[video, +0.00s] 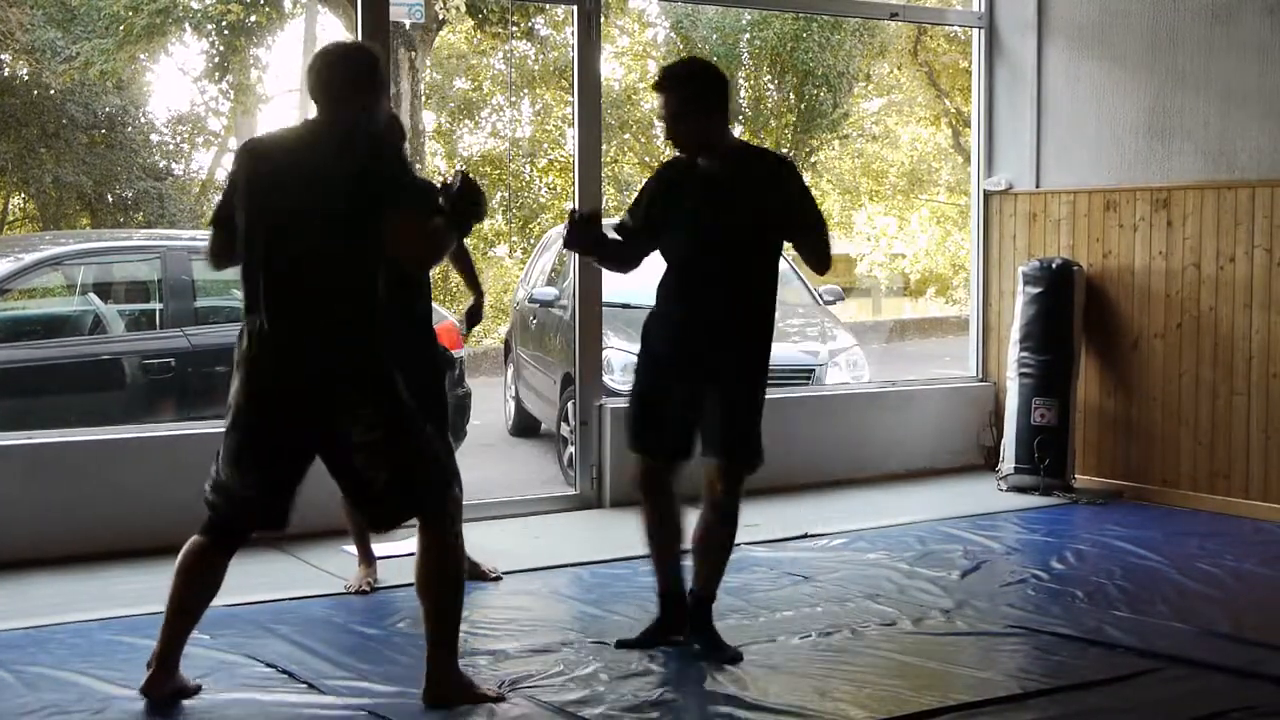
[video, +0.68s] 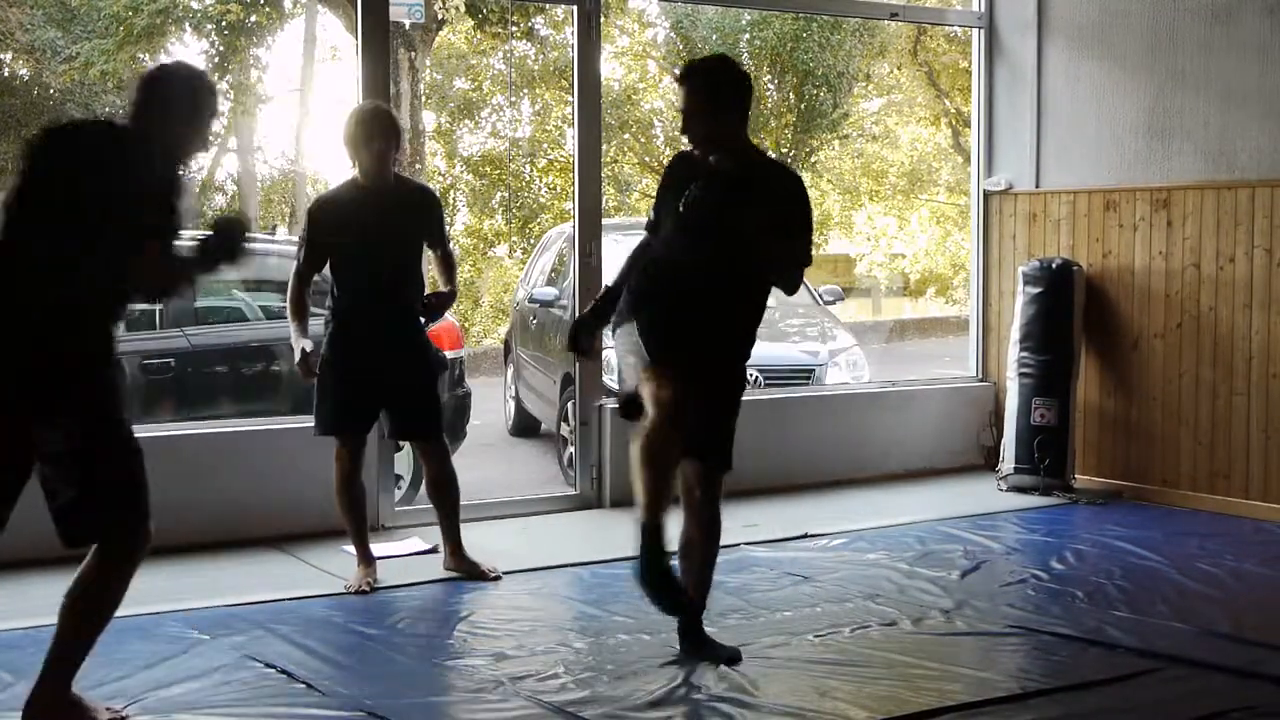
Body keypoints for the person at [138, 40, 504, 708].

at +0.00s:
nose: (388, 104)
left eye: (384, 93)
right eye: (384, 92)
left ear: (312, 92)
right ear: (370, 93)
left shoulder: (258, 157)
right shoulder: (380, 150)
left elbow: (223, 250)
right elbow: (417, 250)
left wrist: (300, 224)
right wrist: (457, 212)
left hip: (272, 378)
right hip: (368, 376)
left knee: (223, 524)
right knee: (439, 509)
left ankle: (162, 667)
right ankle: (443, 675)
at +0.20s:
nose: (327, 118)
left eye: (327, 106)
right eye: (326, 105)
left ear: (265, 94)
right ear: (310, 102)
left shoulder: (198, 153)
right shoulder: (302, 161)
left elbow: (171, 240)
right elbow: (336, 252)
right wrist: (386, 224)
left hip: (201, 376)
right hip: (283, 376)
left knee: (200, 530)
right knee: (356, 521)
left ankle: (165, 683)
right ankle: (414, 675)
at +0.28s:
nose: (310, 110)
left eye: (310, 97)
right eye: (310, 97)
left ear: (249, 80)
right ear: (294, 92)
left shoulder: (175, 133)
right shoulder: (280, 152)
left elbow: (145, 228)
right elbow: (324, 244)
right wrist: (364, 199)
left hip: (148, 348)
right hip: (224, 353)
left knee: (156, 510)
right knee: (289, 495)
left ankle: (151, 671)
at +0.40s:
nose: (278, 107)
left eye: (280, 96)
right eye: (278, 95)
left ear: (220, 78)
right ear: (263, 90)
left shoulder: (144, 127)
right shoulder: (258, 157)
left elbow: (105, 218)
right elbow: (298, 234)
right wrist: (359, 193)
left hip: (89, 330)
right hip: (164, 343)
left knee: (75, 463)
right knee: (165, 516)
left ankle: (57, 549)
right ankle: (64, 676)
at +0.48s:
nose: (260, 115)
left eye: (260, 103)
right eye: (258, 102)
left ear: (199, 89)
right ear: (240, 101)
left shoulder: (121, 135)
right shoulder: (231, 167)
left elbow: (78, 220)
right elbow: (258, 260)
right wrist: (307, 247)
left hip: (48, 350)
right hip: (125, 369)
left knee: (5, 509)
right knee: (146, 529)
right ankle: (59, 684)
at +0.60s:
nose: (226, 143)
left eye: (228, 131)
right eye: (224, 129)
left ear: (168, 104)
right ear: (200, 118)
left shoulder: (84, 142)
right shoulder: (176, 174)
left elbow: (45, 231)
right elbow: (185, 280)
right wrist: (253, 265)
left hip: (16, 354)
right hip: (89, 369)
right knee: (131, 537)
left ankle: (53, 692)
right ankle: (52, 694)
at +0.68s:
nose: (204, 141)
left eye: (208, 126)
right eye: (202, 124)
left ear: (146, 101)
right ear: (174, 114)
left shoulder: (64, 141)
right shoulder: (147, 169)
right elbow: (145, 278)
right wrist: (209, 255)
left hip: (9, 354)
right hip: (70, 366)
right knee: (126, 533)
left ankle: (51, 690)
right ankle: (51, 692)